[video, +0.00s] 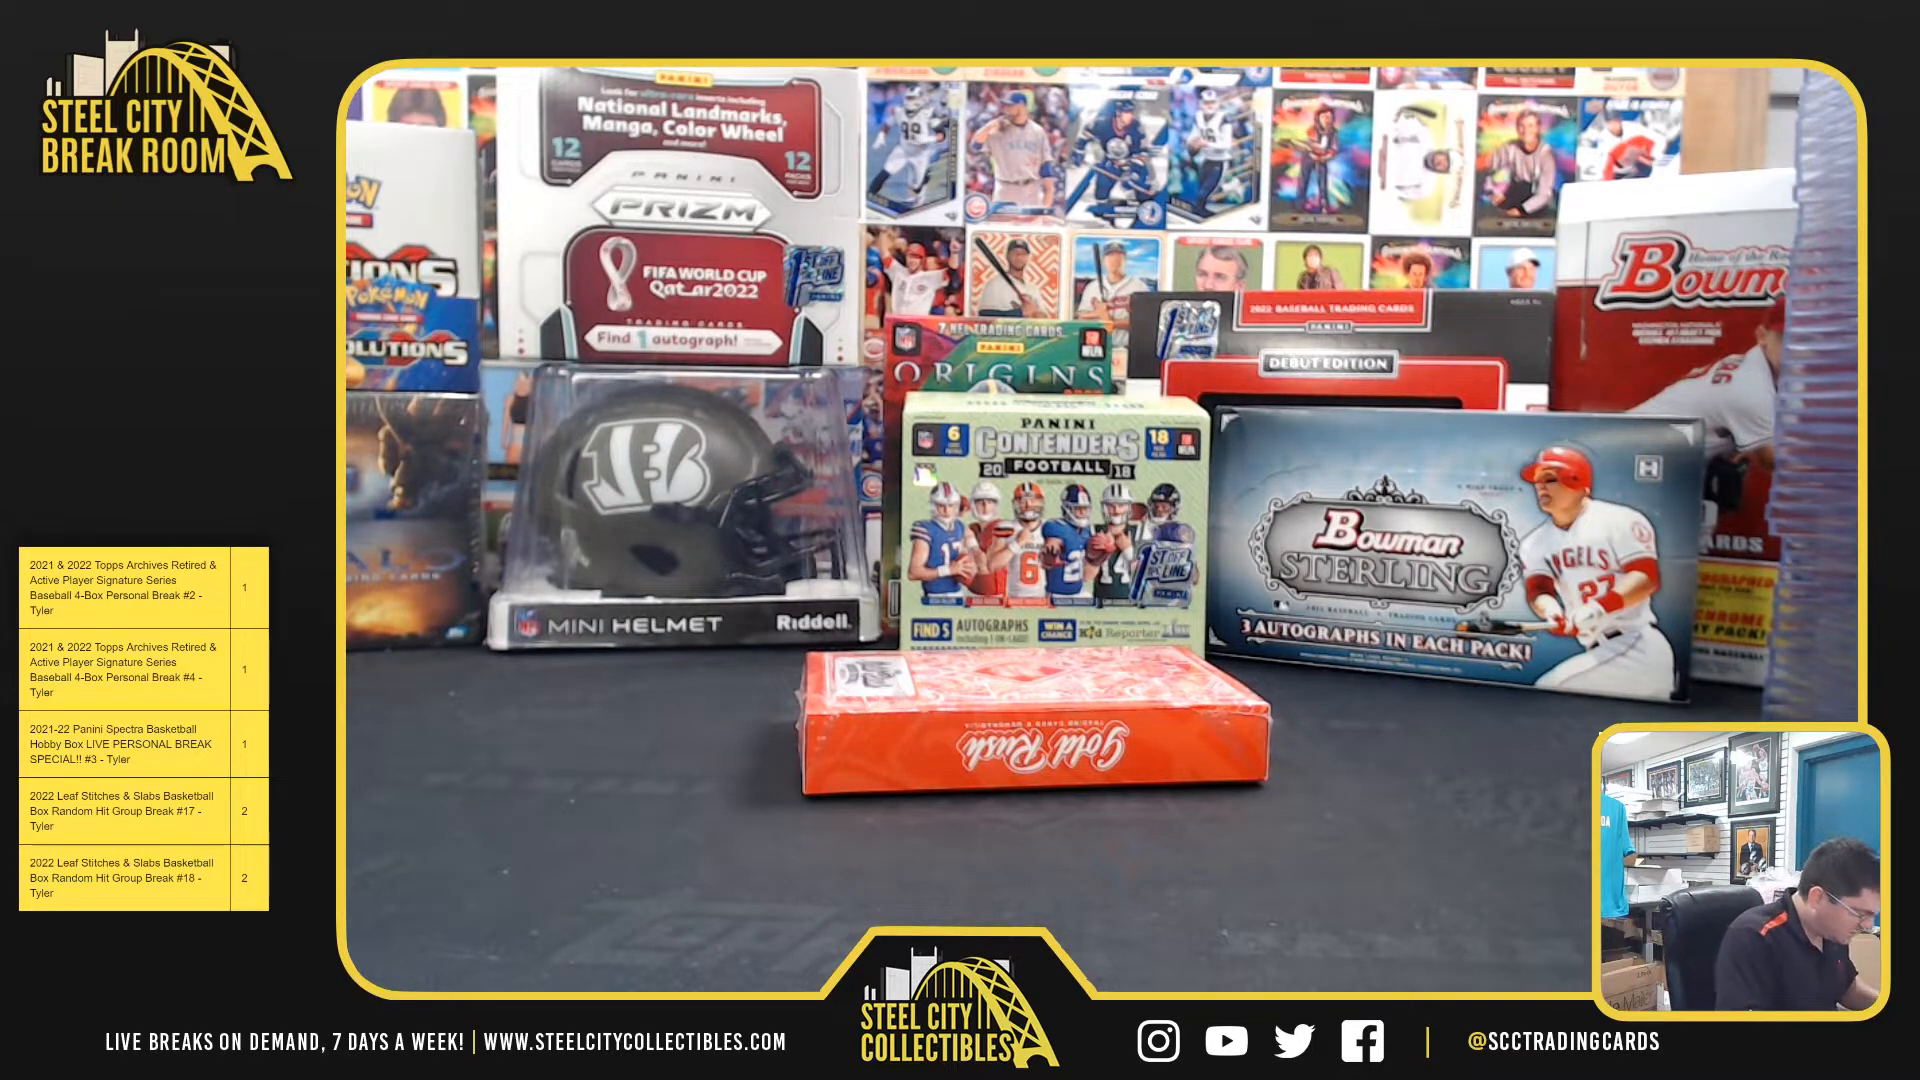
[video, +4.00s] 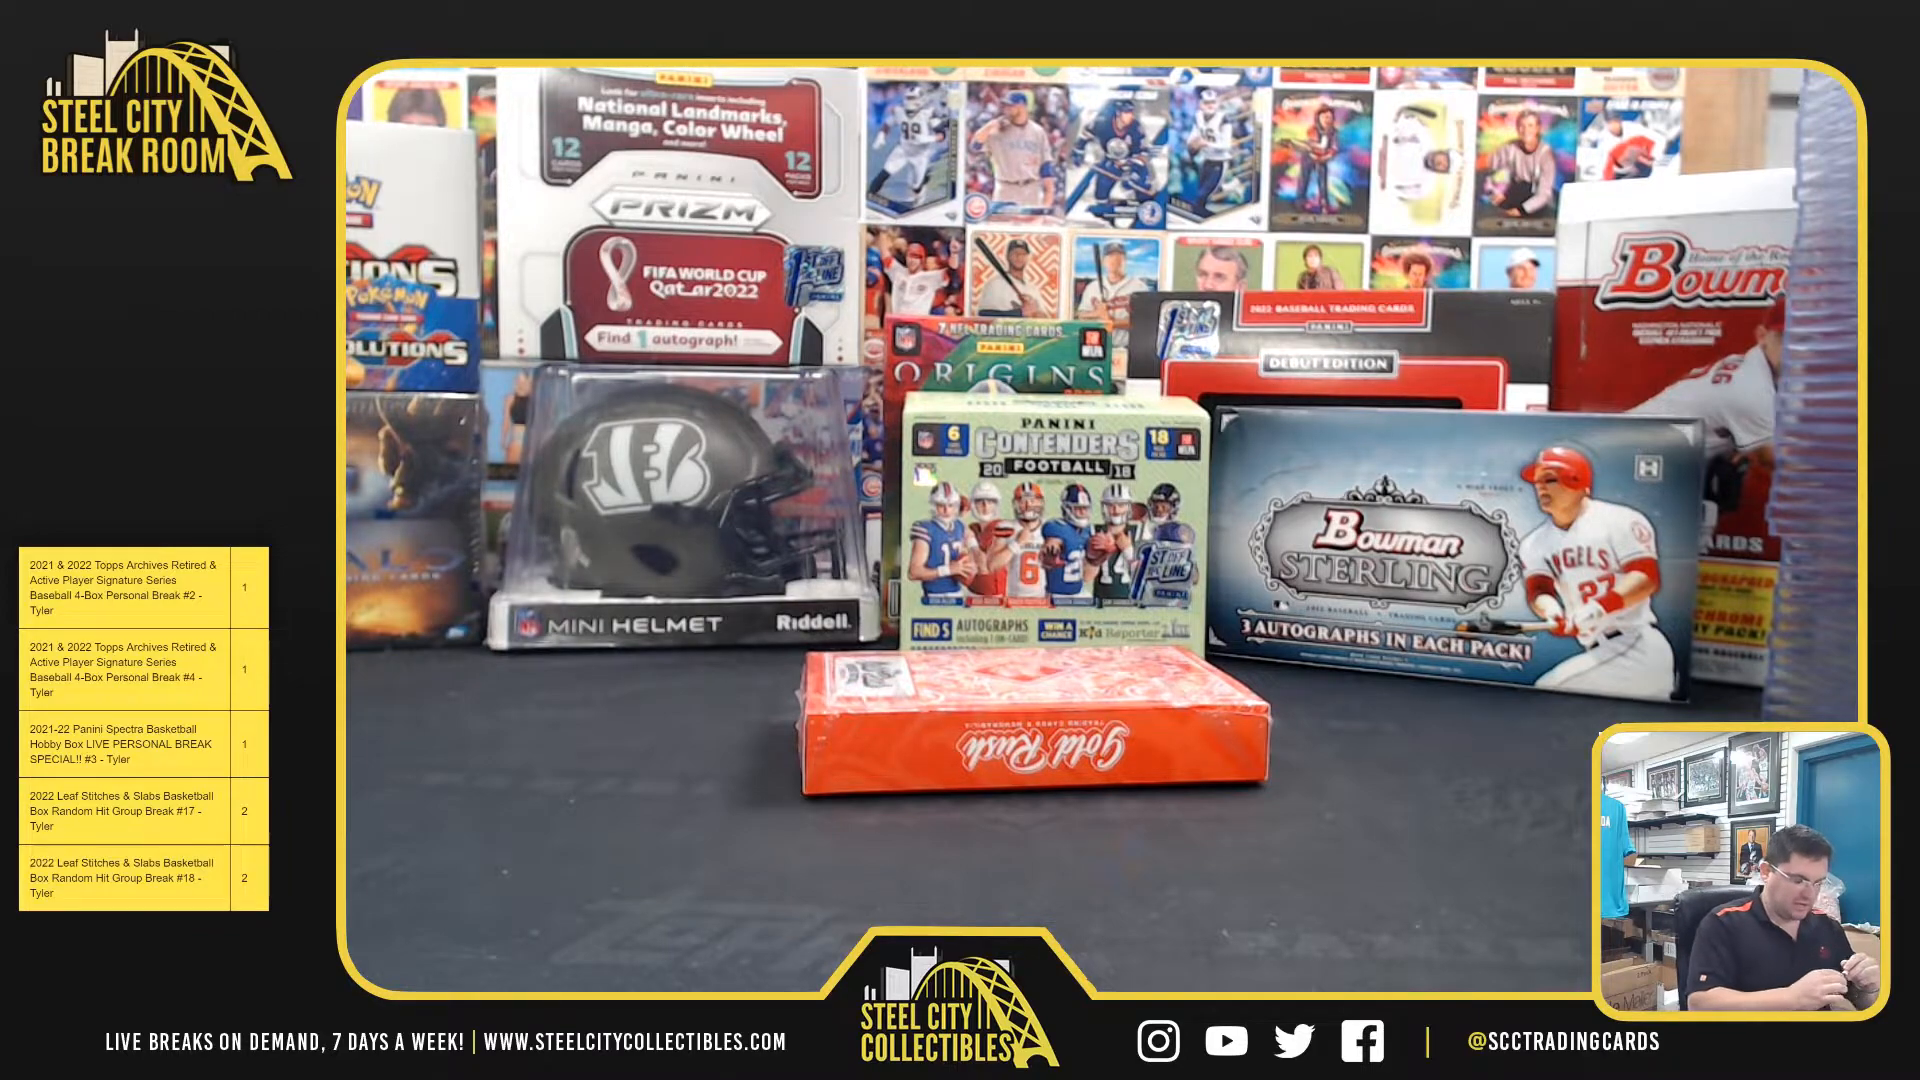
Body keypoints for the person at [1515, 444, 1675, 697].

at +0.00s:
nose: (1540, 489)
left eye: (1550, 480)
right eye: (1537, 483)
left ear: (1579, 485)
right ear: (1533, 487)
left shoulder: (1624, 521)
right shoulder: (1534, 545)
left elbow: (1646, 577)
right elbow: (1538, 591)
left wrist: (1600, 607)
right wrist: (1554, 614)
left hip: (1638, 647)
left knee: (1545, 693)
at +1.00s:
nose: (1540, 489)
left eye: (1549, 480)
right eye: (1537, 483)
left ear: (1578, 484)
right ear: (1533, 487)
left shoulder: (1624, 521)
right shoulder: (1534, 545)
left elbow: (1646, 578)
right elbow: (1538, 591)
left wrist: (1599, 608)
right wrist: (1553, 613)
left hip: (1638, 647)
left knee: (1547, 691)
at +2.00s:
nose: (1540, 490)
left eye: (1550, 481)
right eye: (1537, 483)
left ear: (1578, 484)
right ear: (1533, 488)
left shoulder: (1624, 521)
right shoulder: (1534, 545)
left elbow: (1646, 577)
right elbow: (1538, 591)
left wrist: (1599, 608)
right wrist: (1554, 614)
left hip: (1638, 648)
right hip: (1599, 651)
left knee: (1546, 692)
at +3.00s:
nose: (1540, 490)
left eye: (1549, 480)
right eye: (1537, 483)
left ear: (1578, 484)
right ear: (1533, 488)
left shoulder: (1624, 521)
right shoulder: (1534, 545)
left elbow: (1646, 577)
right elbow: (1538, 591)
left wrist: (1599, 608)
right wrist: (1553, 613)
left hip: (1638, 649)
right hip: (1599, 652)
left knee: (1546, 692)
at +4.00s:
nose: (1540, 490)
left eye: (1549, 481)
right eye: (1537, 483)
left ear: (1578, 484)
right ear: (1533, 487)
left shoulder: (1624, 521)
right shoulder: (1534, 545)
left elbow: (1646, 577)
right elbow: (1538, 591)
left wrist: (1599, 608)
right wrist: (1553, 613)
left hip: (1638, 648)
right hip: (1599, 652)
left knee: (1546, 692)